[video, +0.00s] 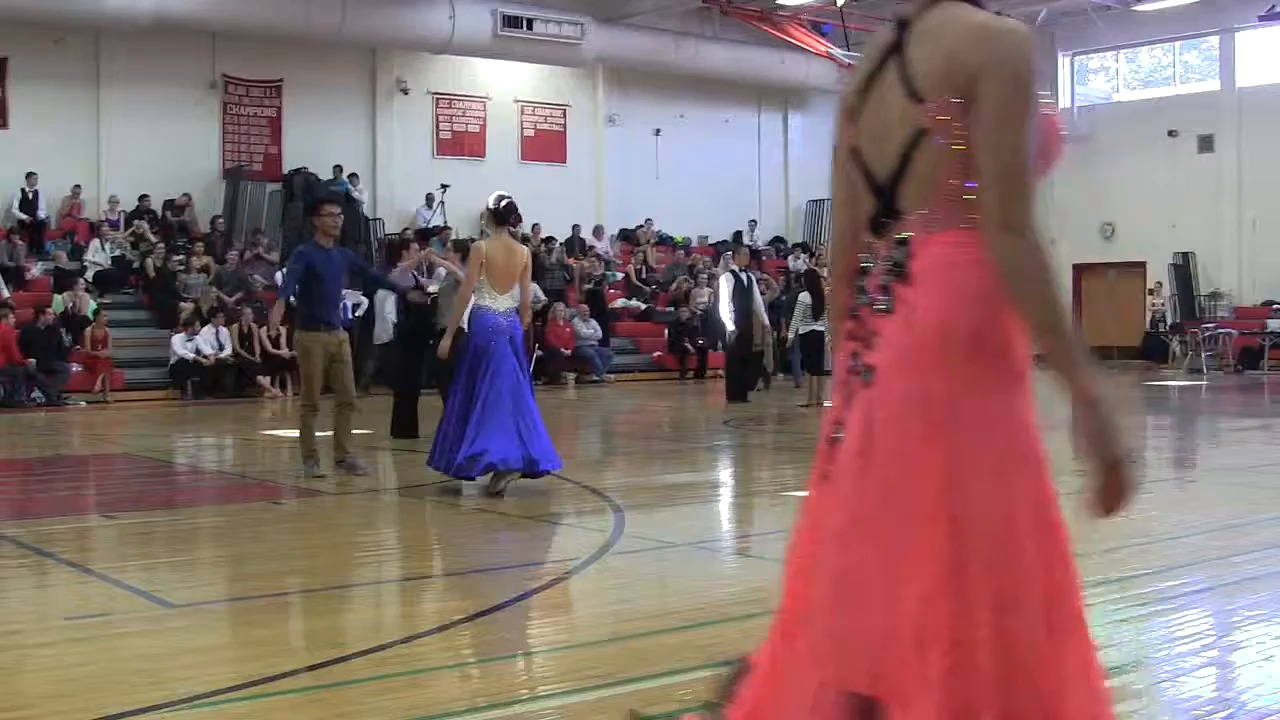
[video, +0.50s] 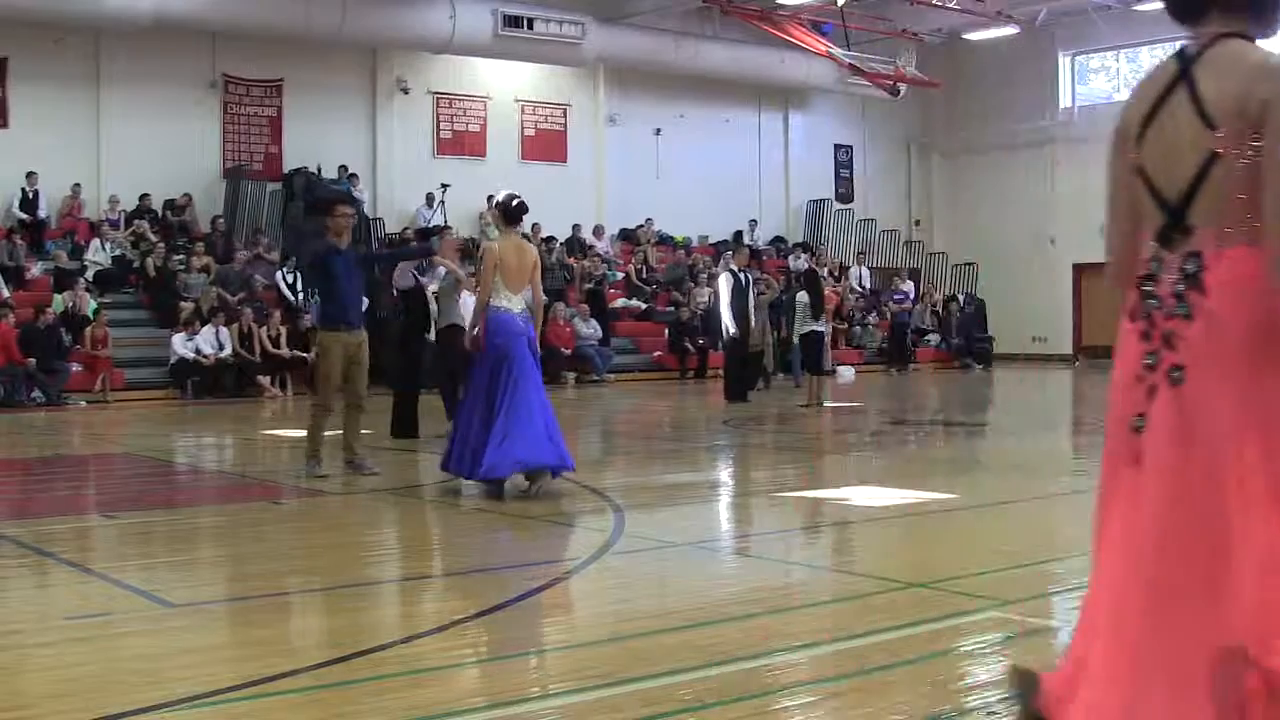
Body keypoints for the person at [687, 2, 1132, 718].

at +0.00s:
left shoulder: (866, 71)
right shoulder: (996, 42)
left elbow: (847, 258)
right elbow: (1007, 230)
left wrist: (848, 390)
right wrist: (1088, 395)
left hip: (876, 362)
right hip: (959, 361)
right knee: (975, 591)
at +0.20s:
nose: (1121, 6)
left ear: (1019, 4)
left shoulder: (972, 98)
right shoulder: (1111, 68)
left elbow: (937, 272)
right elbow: (1151, 256)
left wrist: (881, 404)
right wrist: (1262, 364)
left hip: (991, 368)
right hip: (1070, 363)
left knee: (975, 579)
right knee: (1075, 580)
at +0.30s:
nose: (1177, 9)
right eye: (1170, 2)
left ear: (1074, 6)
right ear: (1156, 1)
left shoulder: (1034, 110)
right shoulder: (1171, 74)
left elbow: (997, 277)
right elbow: (1203, 247)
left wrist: (942, 399)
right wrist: (1275, 338)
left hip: (1054, 354)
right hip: (1140, 349)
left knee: (1054, 557)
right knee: (1148, 555)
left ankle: (1049, 705)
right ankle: (1138, 703)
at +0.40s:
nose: (1229, 10)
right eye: (1225, 3)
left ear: (1132, 6)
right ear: (1209, 2)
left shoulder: (1088, 100)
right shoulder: (1231, 75)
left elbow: (1065, 264)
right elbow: (1247, 241)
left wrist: (1033, 392)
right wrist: (1277, 328)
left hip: (1104, 364)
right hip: (1194, 361)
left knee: (1103, 562)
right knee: (1214, 555)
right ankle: (1201, 702)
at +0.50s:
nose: (1262, 15)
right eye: (1259, 10)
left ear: (1180, 10)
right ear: (1250, 7)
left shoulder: (1140, 99)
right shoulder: (1262, 77)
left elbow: (1122, 253)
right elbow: (1269, 234)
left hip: (1153, 344)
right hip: (1241, 342)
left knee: (1157, 533)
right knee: (1246, 526)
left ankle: (1144, 694)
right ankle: (1244, 691)